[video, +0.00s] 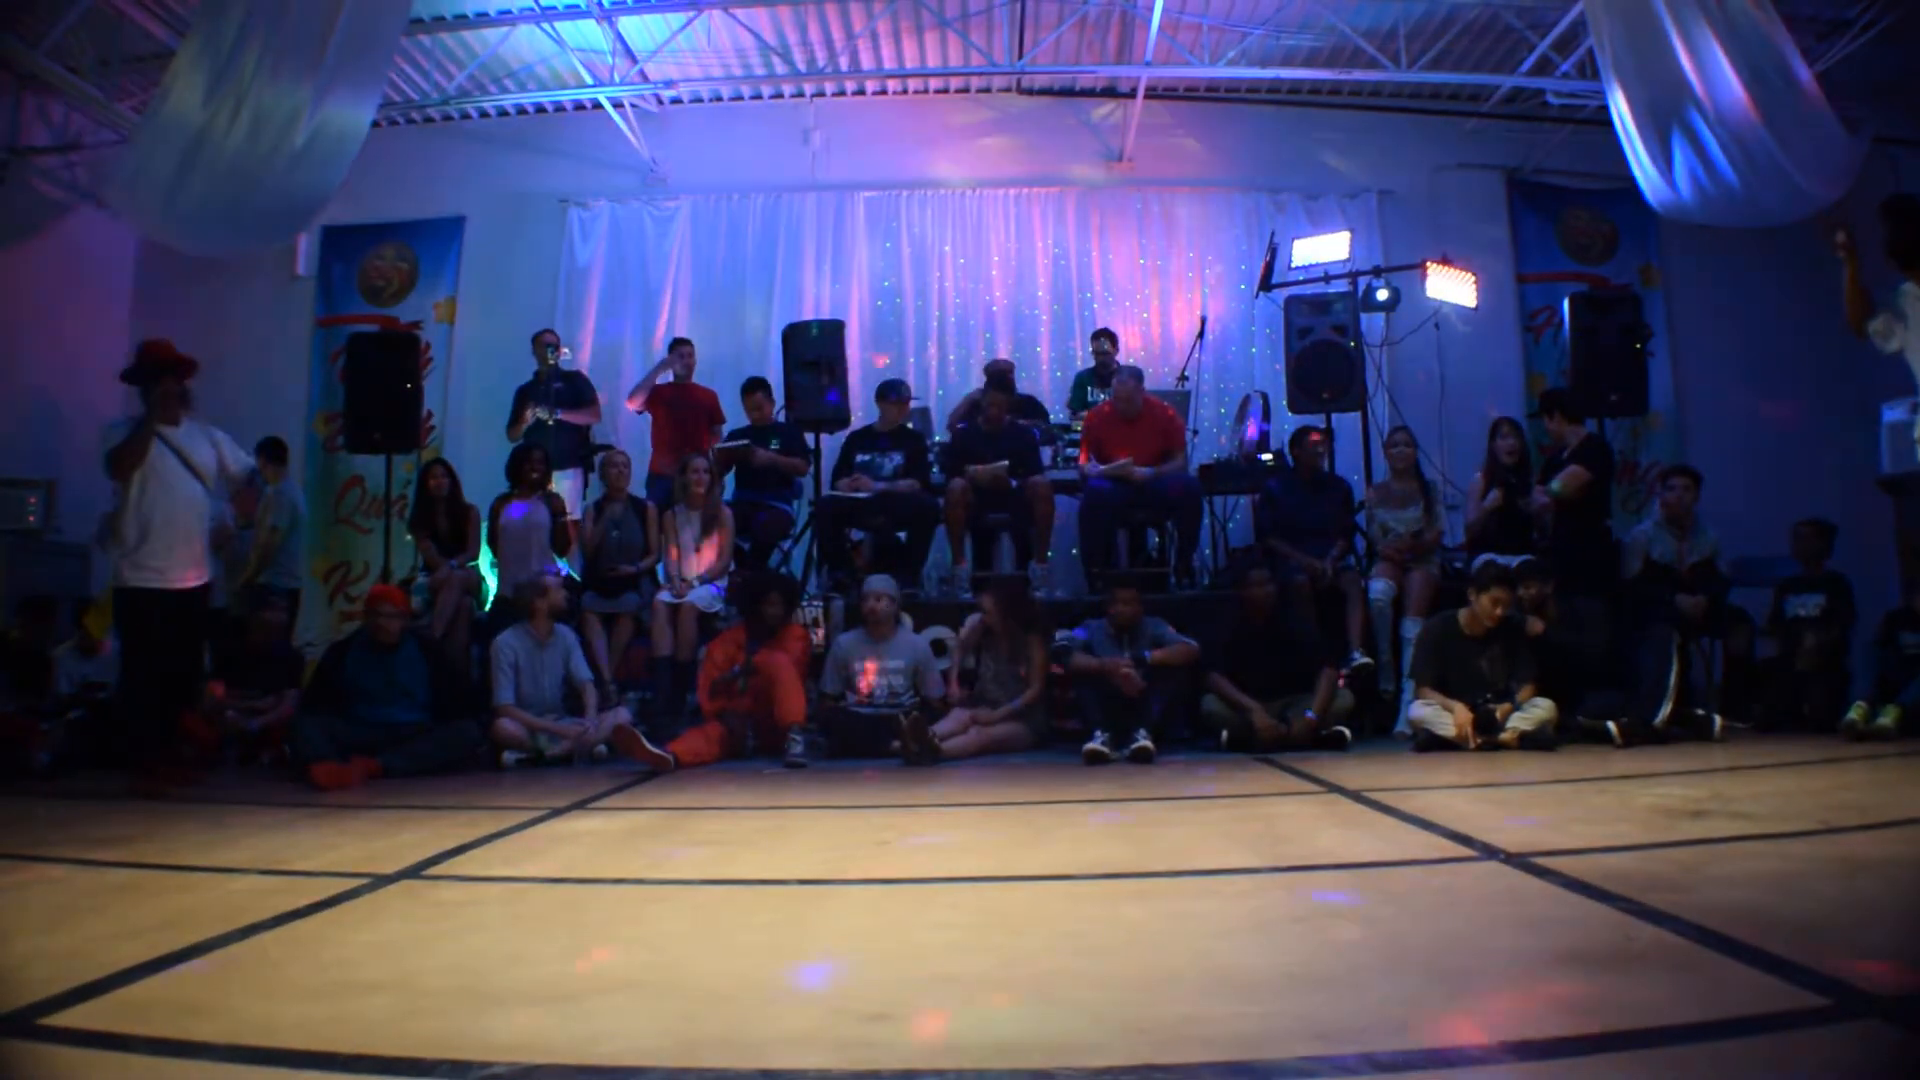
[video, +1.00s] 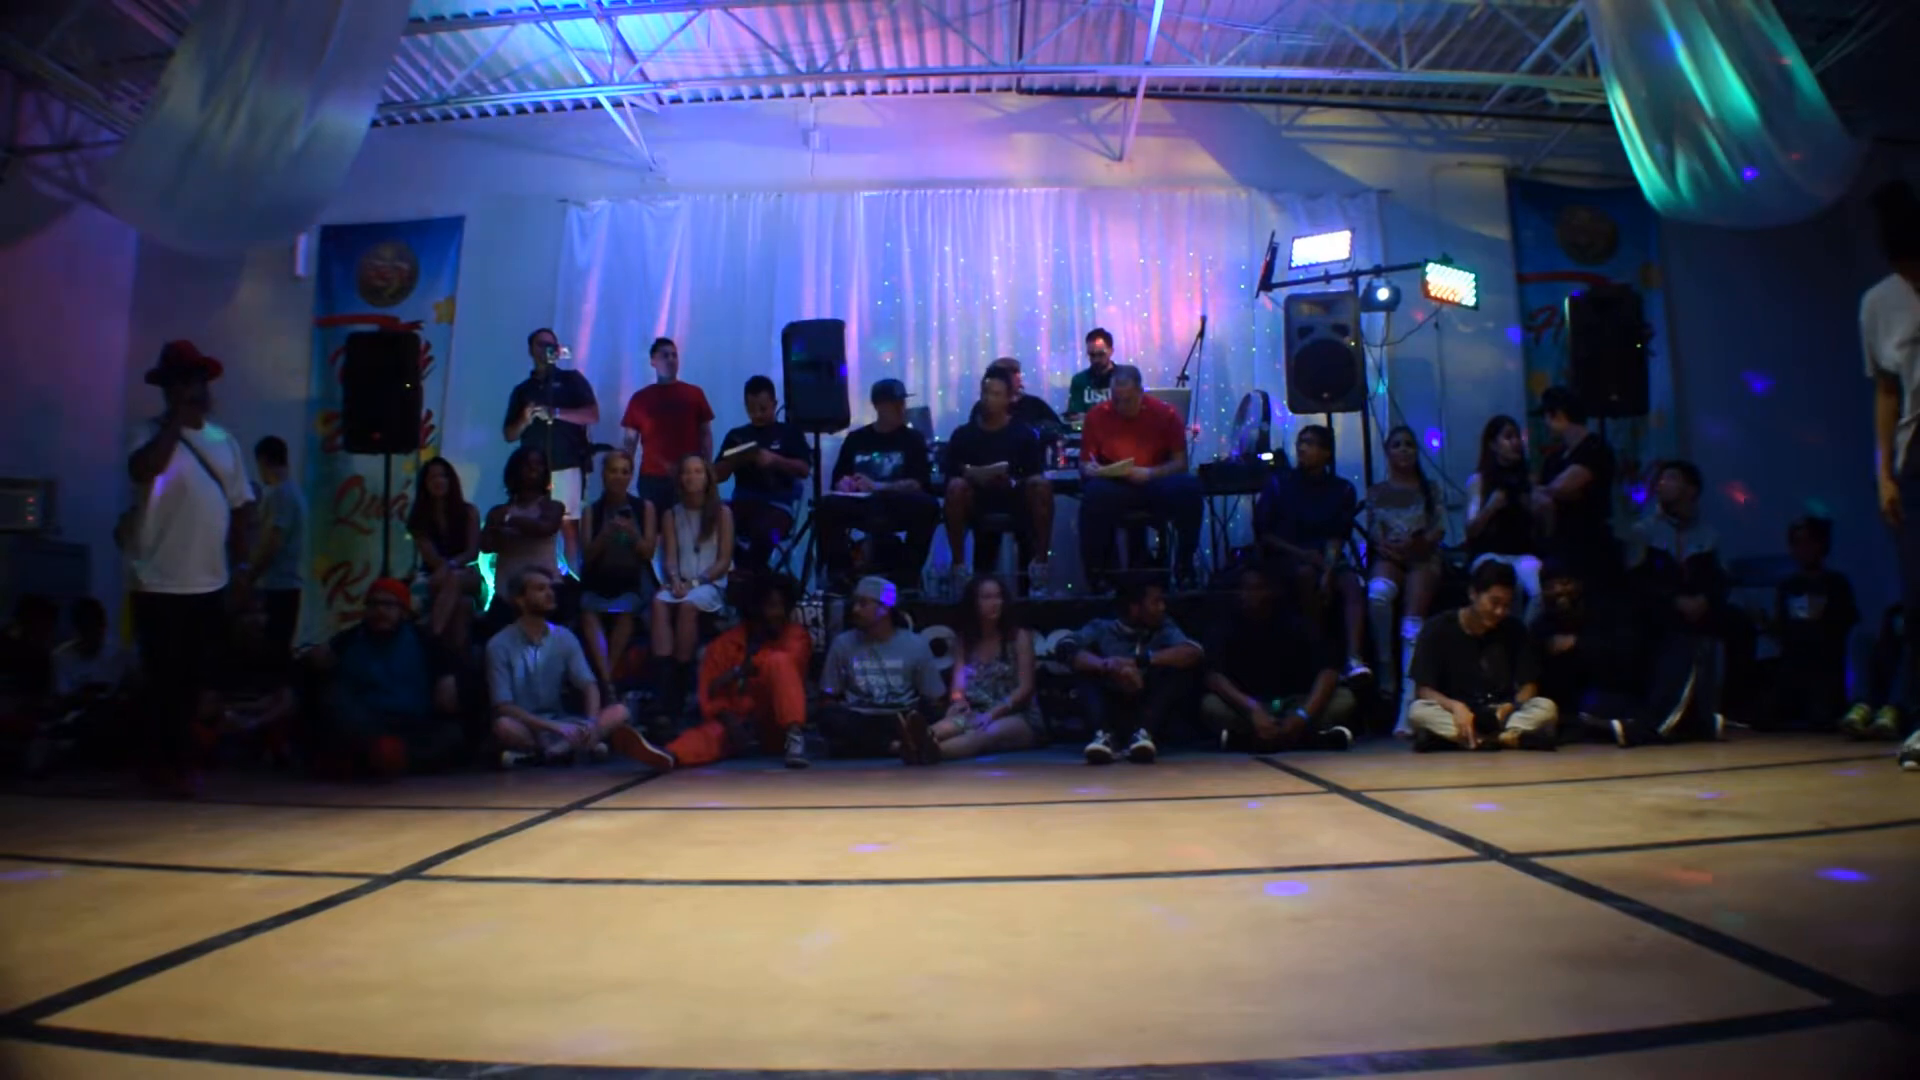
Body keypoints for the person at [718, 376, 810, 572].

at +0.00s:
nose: (755, 415)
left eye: (760, 408)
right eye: (750, 410)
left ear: (772, 404)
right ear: (744, 409)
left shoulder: (790, 433)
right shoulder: (737, 436)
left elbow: (802, 467)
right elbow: (719, 471)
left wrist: (770, 458)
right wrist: (727, 456)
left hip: (777, 501)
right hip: (743, 500)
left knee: (767, 529)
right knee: (722, 524)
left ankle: (753, 574)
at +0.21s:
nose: (756, 415)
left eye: (761, 408)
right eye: (750, 409)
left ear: (773, 405)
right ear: (744, 407)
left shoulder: (789, 432)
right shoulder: (737, 435)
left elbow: (802, 467)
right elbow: (719, 473)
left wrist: (770, 458)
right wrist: (731, 457)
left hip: (777, 502)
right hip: (743, 500)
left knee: (765, 537)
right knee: (722, 528)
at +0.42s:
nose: (755, 416)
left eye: (760, 409)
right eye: (750, 410)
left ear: (772, 403)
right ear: (744, 407)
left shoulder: (789, 433)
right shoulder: (736, 435)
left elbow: (802, 468)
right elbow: (719, 472)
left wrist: (772, 459)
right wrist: (739, 456)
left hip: (776, 501)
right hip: (742, 500)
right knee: (721, 529)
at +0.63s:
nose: (757, 414)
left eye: (761, 408)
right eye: (752, 408)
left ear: (773, 405)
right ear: (745, 408)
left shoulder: (790, 434)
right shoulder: (737, 436)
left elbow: (803, 469)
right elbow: (719, 475)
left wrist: (772, 460)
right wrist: (739, 457)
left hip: (778, 503)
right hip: (744, 501)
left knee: (765, 533)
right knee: (719, 519)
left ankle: (752, 576)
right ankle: (747, 568)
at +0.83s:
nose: (758, 411)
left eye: (763, 405)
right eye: (753, 405)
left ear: (774, 404)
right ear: (746, 406)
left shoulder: (790, 433)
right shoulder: (737, 435)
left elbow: (804, 468)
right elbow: (718, 474)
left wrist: (772, 460)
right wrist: (740, 460)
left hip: (779, 501)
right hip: (744, 501)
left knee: (764, 536)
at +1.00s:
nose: (757, 415)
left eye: (763, 409)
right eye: (752, 409)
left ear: (774, 405)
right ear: (746, 407)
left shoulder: (790, 433)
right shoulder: (736, 435)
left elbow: (804, 468)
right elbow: (718, 474)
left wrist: (773, 460)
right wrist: (741, 459)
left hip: (778, 502)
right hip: (743, 501)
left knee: (763, 535)